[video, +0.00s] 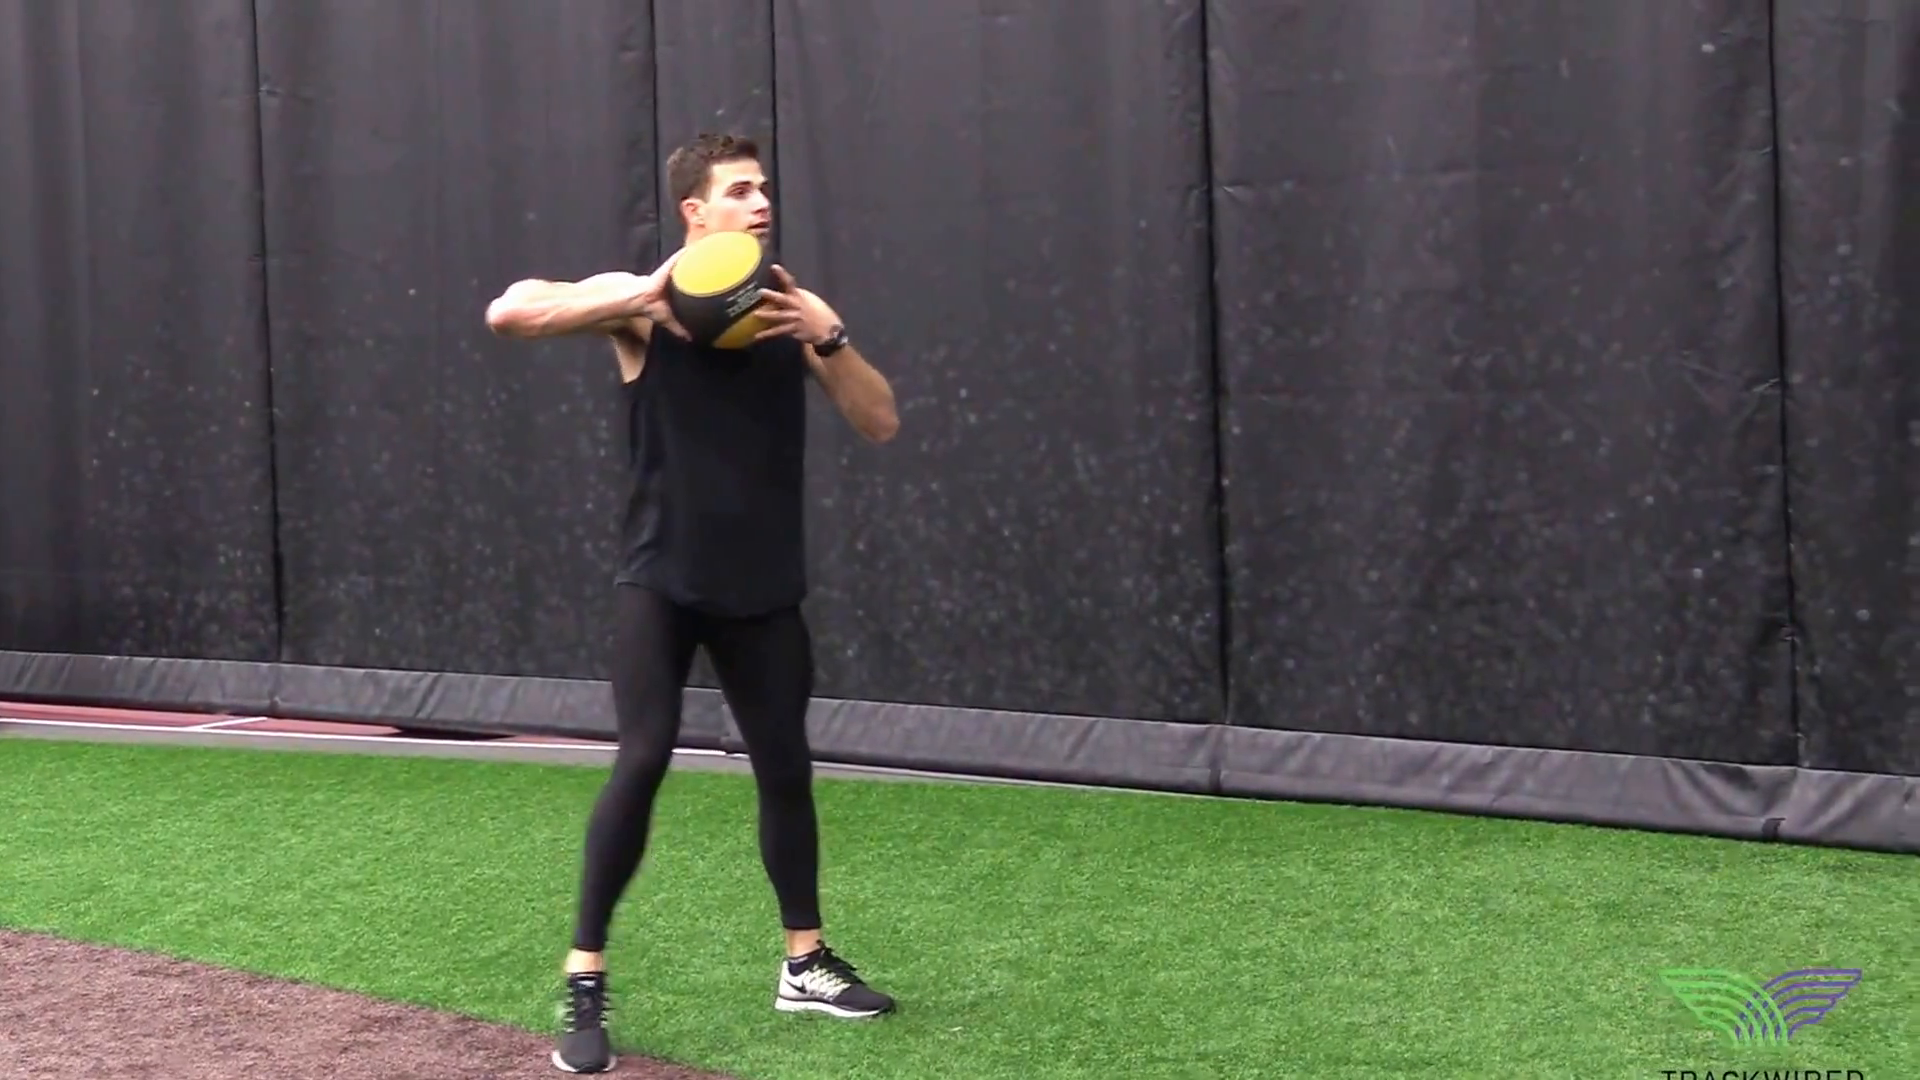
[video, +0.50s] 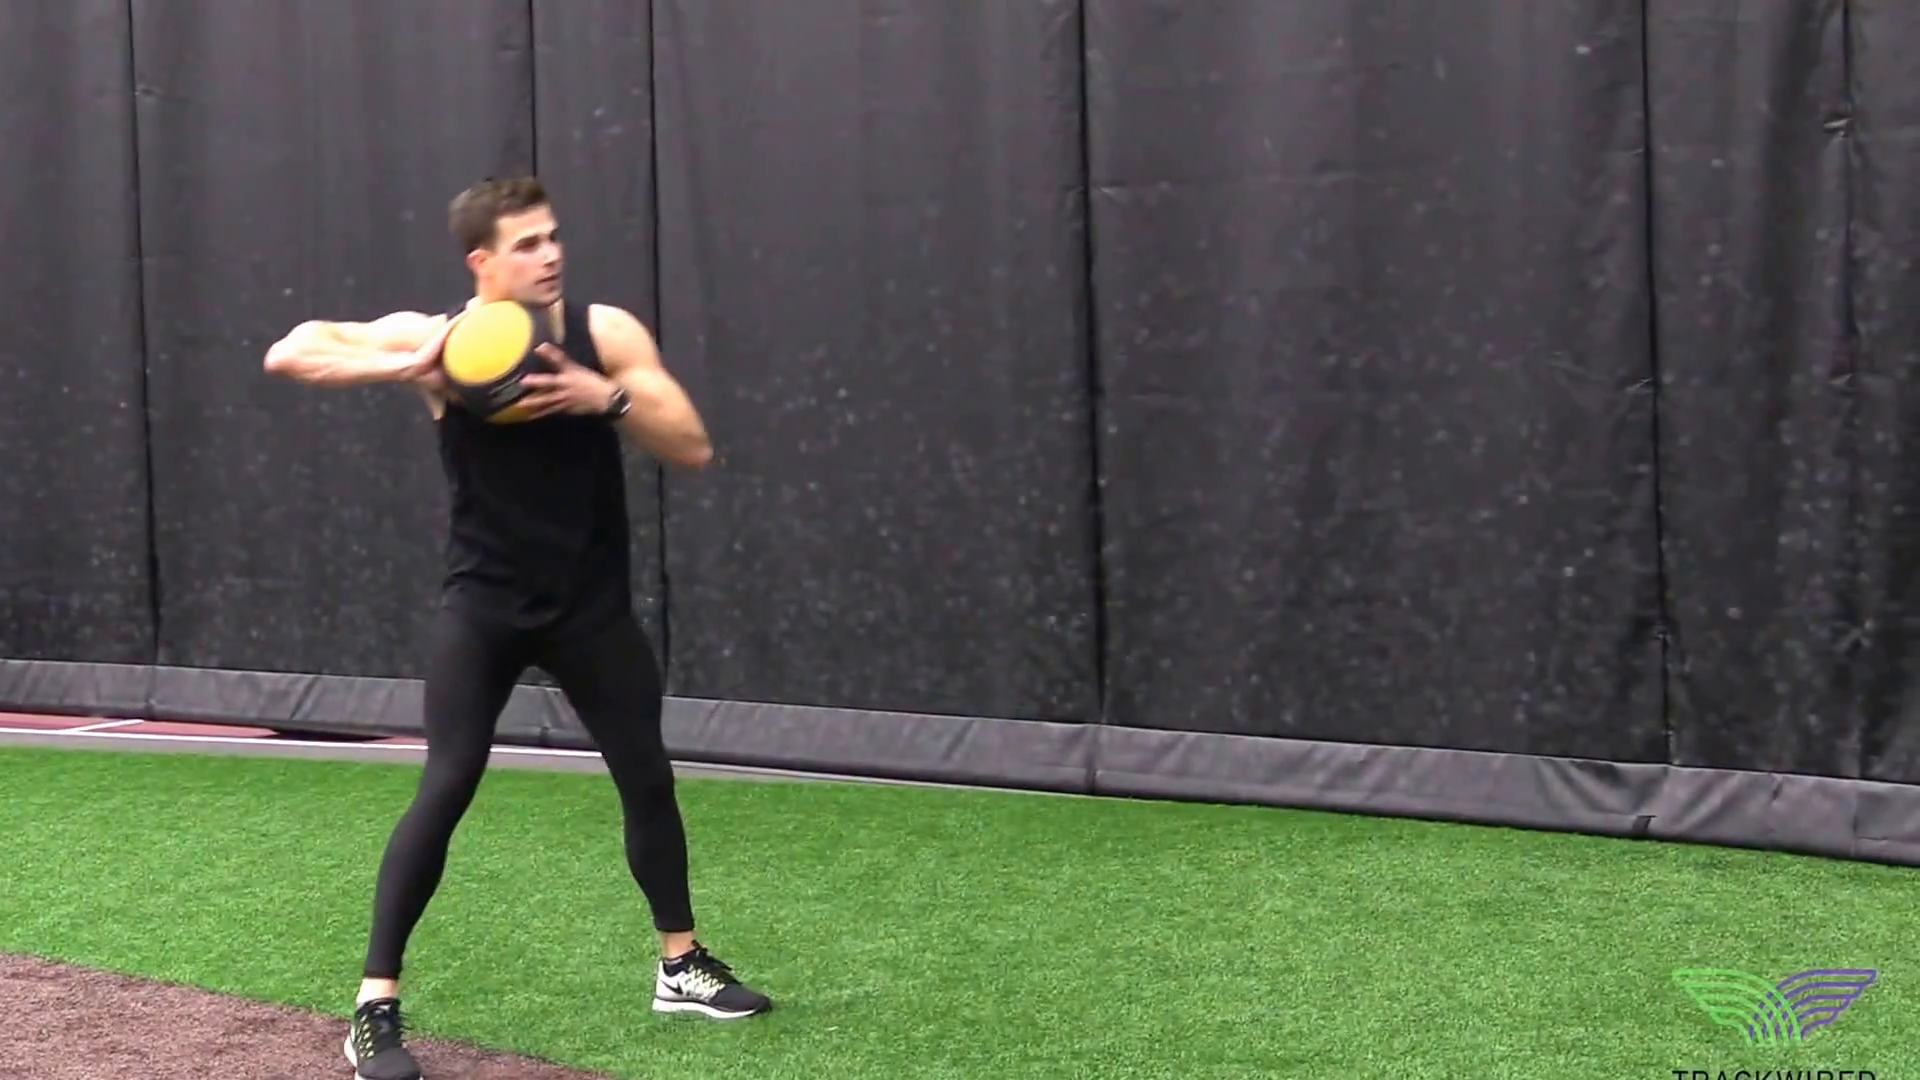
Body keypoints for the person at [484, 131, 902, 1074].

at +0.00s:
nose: (760, 207)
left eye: (765, 194)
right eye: (740, 193)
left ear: (769, 213)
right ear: (692, 209)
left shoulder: (791, 309)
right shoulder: (640, 295)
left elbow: (881, 421)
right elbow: (508, 311)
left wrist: (832, 339)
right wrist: (631, 300)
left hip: (762, 579)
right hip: (660, 574)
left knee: (787, 767)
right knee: (644, 755)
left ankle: (806, 960)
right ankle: (585, 975)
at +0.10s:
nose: (716, 213)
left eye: (721, 198)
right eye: (695, 199)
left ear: (728, 214)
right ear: (643, 216)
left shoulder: (751, 308)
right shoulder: (597, 302)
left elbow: (841, 422)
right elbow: (457, 314)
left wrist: (792, 342)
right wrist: (578, 313)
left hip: (720, 585)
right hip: (618, 582)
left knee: (747, 765)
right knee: (596, 753)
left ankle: (771, 959)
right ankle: (528, 972)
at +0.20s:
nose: (662, 220)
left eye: (667, 205)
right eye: (640, 206)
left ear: (676, 219)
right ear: (588, 223)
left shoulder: (705, 312)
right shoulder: (542, 307)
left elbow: (794, 425)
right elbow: (401, 320)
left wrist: (742, 345)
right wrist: (538, 319)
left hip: (672, 580)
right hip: (569, 578)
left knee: (703, 764)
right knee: (542, 754)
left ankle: (728, 960)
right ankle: (466, 975)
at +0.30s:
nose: (615, 230)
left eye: (619, 213)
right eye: (594, 216)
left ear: (627, 224)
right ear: (543, 233)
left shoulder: (668, 315)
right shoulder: (498, 312)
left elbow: (750, 428)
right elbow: (355, 331)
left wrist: (685, 360)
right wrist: (482, 333)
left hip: (639, 588)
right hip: (530, 584)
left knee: (671, 772)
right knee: (496, 761)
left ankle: (698, 962)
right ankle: (420, 980)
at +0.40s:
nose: (578, 242)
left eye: (581, 225)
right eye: (557, 229)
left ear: (589, 235)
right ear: (508, 247)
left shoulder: (631, 323)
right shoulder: (463, 324)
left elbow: (717, 437)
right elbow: (314, 341)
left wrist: (637, 377)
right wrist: (435, 345)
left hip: (608, 597)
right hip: (501, 595)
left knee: (653, 776)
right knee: (464, 773)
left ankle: (681, 962)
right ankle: (391, 990)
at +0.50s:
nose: (551, 257)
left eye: (554, 239)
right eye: (529, 246)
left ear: (562, 246)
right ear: (480, 265)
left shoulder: (608, 333)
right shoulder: (442, 338)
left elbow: (696, 449)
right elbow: (287, 354)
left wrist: (612, 397)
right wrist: (400, 362)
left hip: (592, 604)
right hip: (484, 604)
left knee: (648, 775)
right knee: (449, 782)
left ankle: (682, 962)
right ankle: (378, 994)